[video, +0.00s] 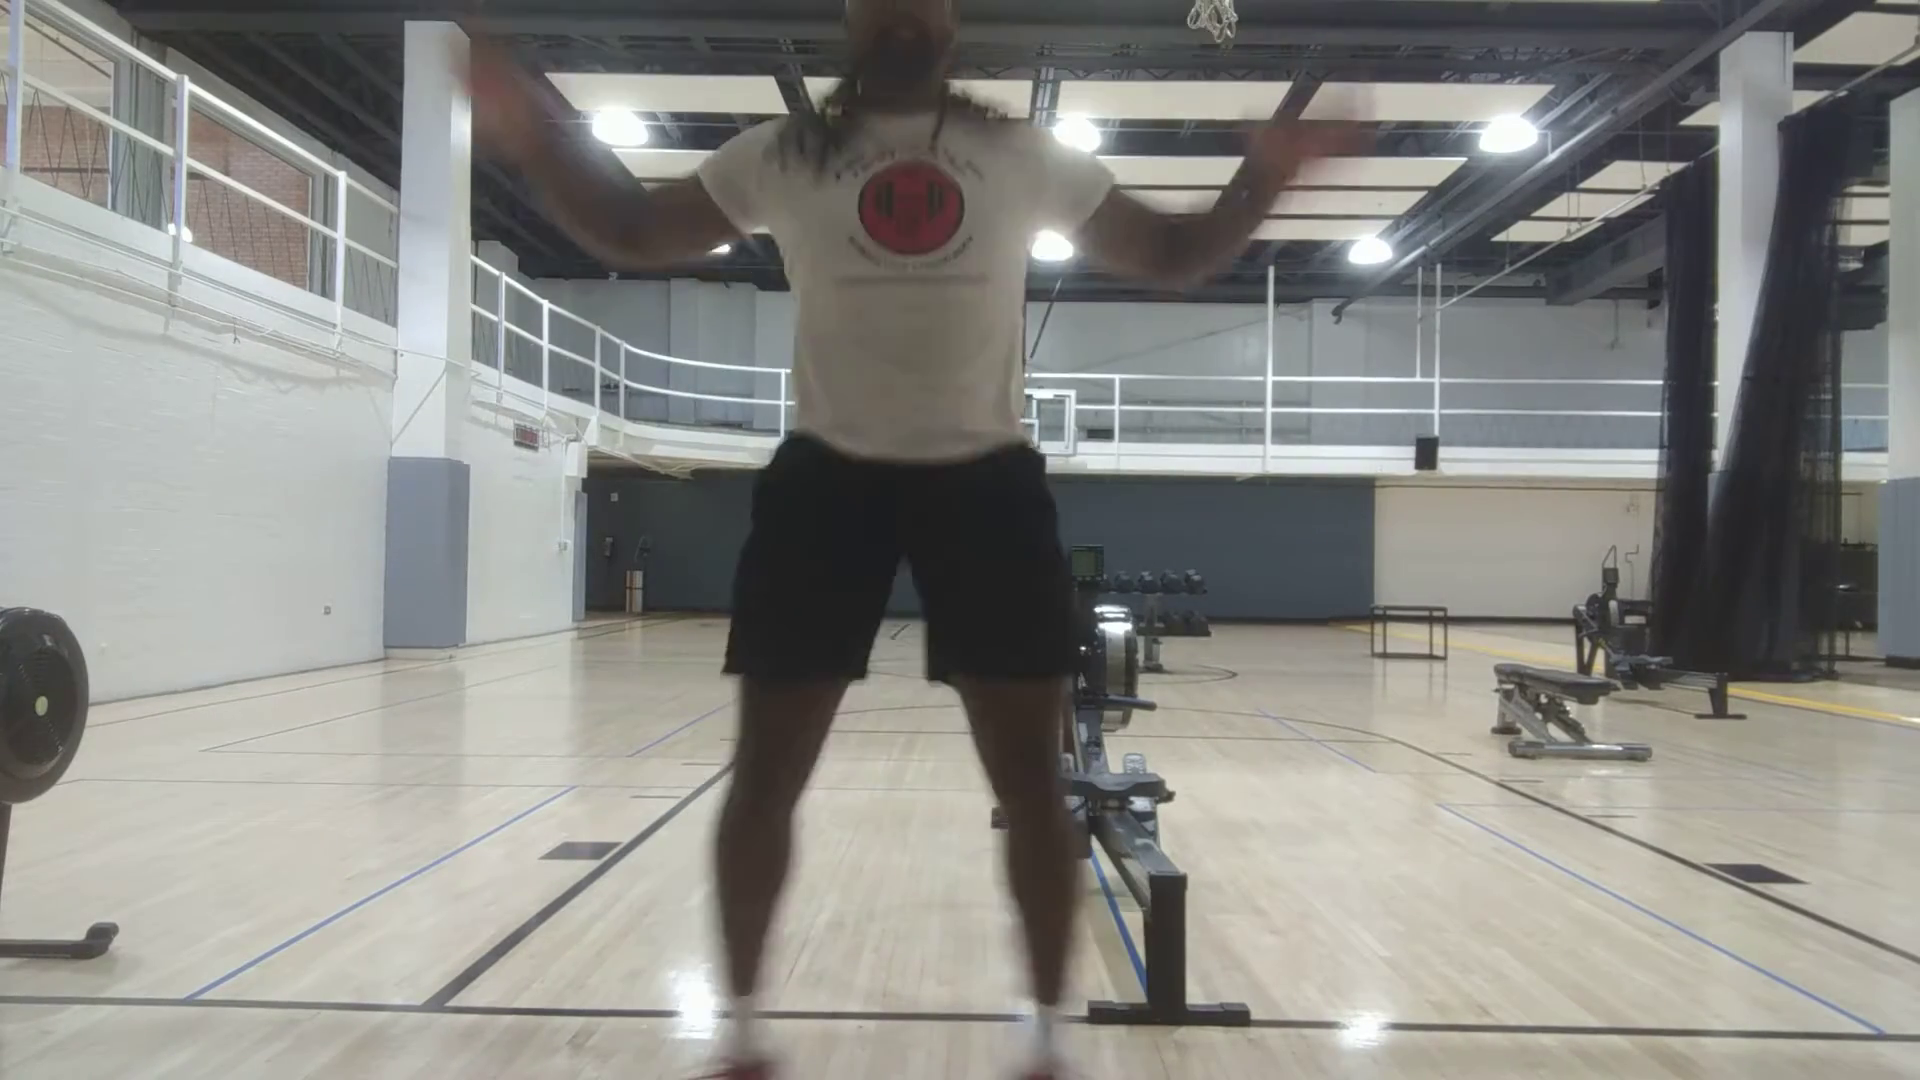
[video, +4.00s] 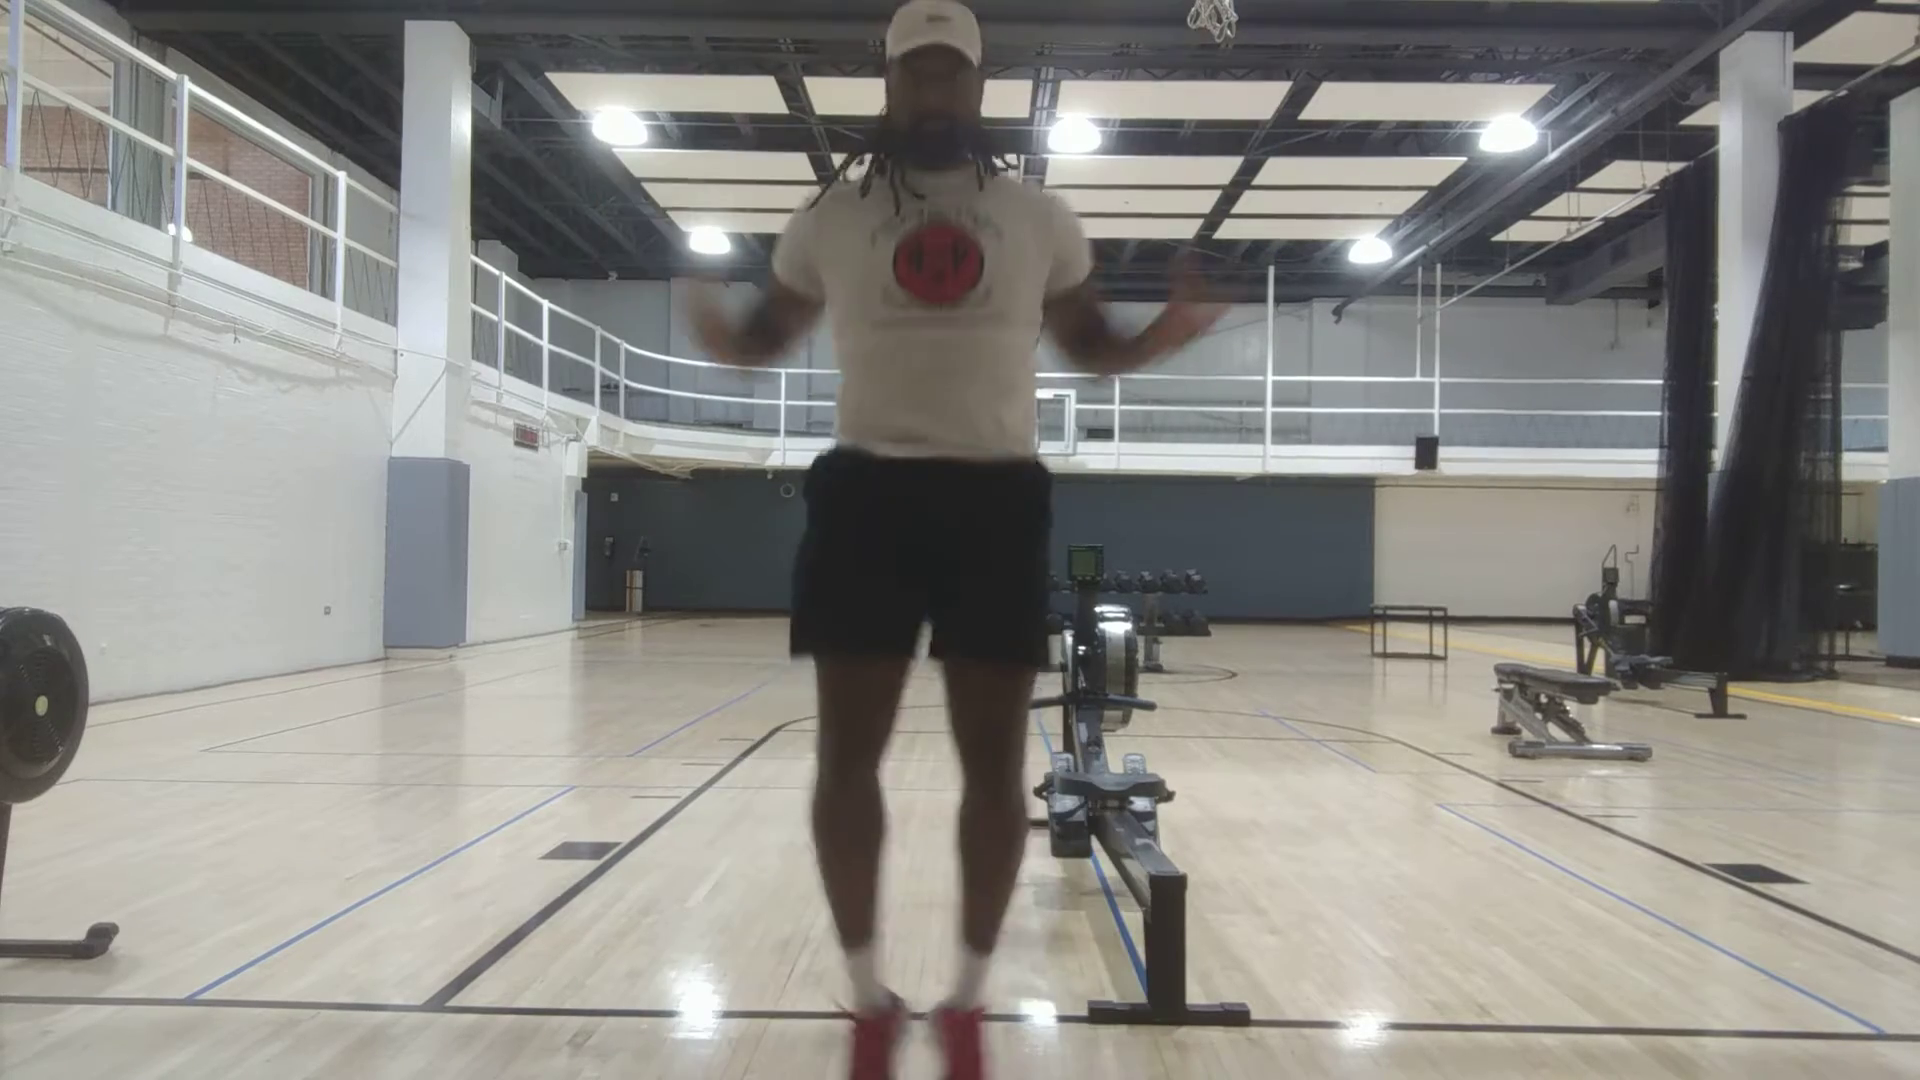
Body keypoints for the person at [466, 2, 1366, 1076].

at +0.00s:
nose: (908, 22)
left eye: (928, 6)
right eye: (885, 5)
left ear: (955, 29)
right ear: (845, 27)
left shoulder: (1017, 149)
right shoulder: (786, 155)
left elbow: (1169, 259)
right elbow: (631, 228)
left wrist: (1258, 184)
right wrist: (529, 133)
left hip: (986, 490)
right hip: (826, 487)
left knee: (1031, 779)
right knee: (767, 770)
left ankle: (1048, 1035)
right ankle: (738, 1028)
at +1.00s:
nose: (920, 14)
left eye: (942, 0)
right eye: (900, 1)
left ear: (975, 22)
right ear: (870, 19)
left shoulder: (1039, 158)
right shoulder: (805, 157)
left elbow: (1134, 287)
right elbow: (691, 269)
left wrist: (1210, 230)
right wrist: (623, 192)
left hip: (995, 480)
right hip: (845, 478)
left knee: (1010, 766)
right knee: (818, 758)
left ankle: (1000, 1021)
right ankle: (827, 1022)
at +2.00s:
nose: (971, 91)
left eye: (984, 71)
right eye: (950, 70)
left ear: (997, 76)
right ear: (896, 70)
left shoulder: (1039, 195)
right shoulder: (825, 188)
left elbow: (1122, 321)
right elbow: (712, 292)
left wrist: (1200, 281)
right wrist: (646, 214)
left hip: (999, 495)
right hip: (856, 492)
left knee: (1016, 768)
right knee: (831, 759)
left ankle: (1000, 1004)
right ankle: (840, 1003)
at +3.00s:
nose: (988, 126)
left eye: (998, 106)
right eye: (968, 108)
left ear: (1007, 101)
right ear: (913, 98)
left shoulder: (1038, 215)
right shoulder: (838, 205)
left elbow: (1096, 346)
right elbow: (743, 325)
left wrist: (1171, 329)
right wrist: (697, 290)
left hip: (993, 499)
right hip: (861, 494)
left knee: (993, 753)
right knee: (845, 743)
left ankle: (970, 986)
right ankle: (862, 976)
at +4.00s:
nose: (937, 89)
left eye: (954, 71)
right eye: (919, 71)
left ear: (980, 87)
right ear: (886, 87)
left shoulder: (1035, 211)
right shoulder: (833, 215)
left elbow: (1092, 348)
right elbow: (761, 340)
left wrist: (1162, 332)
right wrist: (724, 325)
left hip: (997, 501)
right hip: (866, 498)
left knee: (993, 766)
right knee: (849, 760)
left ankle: (967, 1001)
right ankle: (868, 997)